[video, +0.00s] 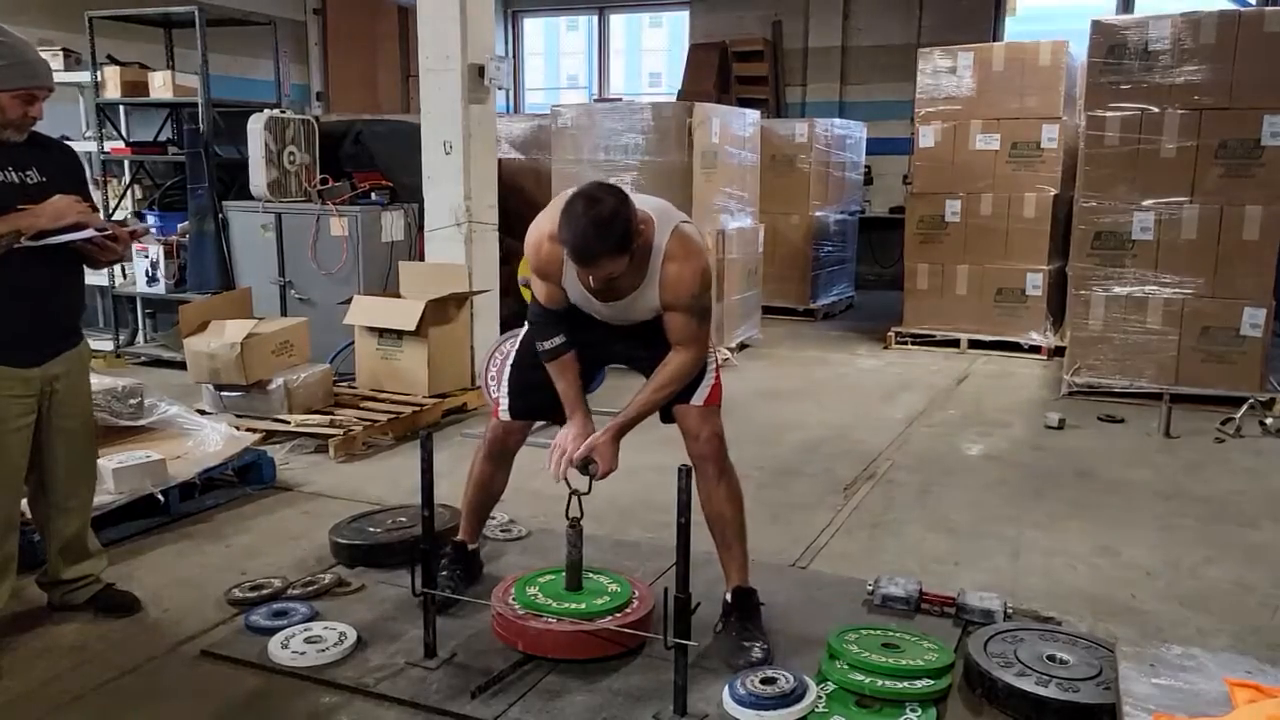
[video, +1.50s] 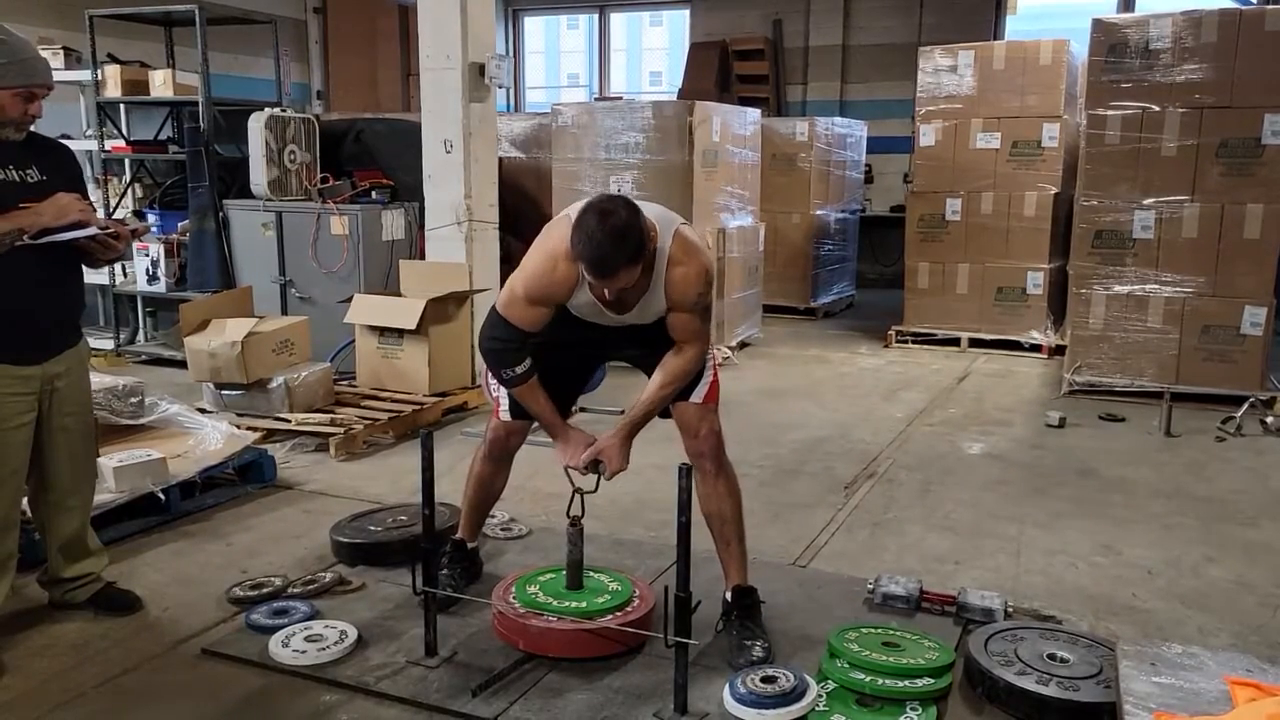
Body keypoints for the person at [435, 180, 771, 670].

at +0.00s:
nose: (599, 283)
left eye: (610, 275)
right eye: (589, 274)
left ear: (637, 242)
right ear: (568, 245)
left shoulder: (683, 262)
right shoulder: (545, 241)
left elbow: (689, 354)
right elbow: (547, 330)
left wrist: (615, 430)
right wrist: (577, 416)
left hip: (659, 326)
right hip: (577, 319)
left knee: (708, 443)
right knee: (502, 430)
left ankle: (740, 597)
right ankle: (462, 549)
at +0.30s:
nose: (608, 282)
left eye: (622, 272)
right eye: (597, 271)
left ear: (651, 239)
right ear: (578, 241)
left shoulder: (691, 258)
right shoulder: (554, 238)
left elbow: (692, 352)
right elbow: (534, 324)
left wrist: (617, 432)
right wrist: (565, 422)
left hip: (660, 327)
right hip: (577, 321)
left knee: (710, 443)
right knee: (502, 432)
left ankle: (741, 599)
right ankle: (462, 549)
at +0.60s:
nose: (605, 277)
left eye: (618, 268)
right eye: (595, 267)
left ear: (647, 236)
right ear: (576, 235)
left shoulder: (689, 254)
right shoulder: (551, 236)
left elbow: (692, 350)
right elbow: (525, 327)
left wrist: (624, 434)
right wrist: (565, 422)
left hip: (657, 325)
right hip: (573, 320)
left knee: (708, 443)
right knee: (501, 432)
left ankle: (741, 599)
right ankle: (462, 549)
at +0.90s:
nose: (603, 282)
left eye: (615, 274)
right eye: (592, 273)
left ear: (643, 242)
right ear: (574, 243)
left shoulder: (687, 260)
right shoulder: (550, 240)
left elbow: (690, 354)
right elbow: (538, 326)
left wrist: (619, 433)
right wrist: (572, 417)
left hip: (659, 328)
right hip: (577, 320)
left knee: (708, 443)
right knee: (502, 432)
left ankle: (741, 598)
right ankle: (462, 549)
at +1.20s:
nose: (604, 287)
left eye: (616, 278)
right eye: (594, 277)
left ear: (644, 246)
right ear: (575, 248)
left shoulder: (688, 263)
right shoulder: (550, 246)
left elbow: (691, 353)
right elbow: (522, 328)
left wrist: (619, 431)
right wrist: (562, 423)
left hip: (660, 328)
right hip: (575, 322)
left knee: (709, 443)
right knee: (504, 433)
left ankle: (740, 596)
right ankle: (463, 548)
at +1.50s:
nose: (609, 295)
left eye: (622, 286)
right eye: (598, 286)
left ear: (647, 257)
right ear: (578, 260)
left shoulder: (689, 265)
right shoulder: (552, 258)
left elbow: (689, 350)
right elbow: (498, 341)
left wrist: (625, 431)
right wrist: (560, 432)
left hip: (659, 325)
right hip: (569, 321)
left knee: (706, 442)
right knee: (501, 433)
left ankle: (740, 597)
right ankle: (462, 549)